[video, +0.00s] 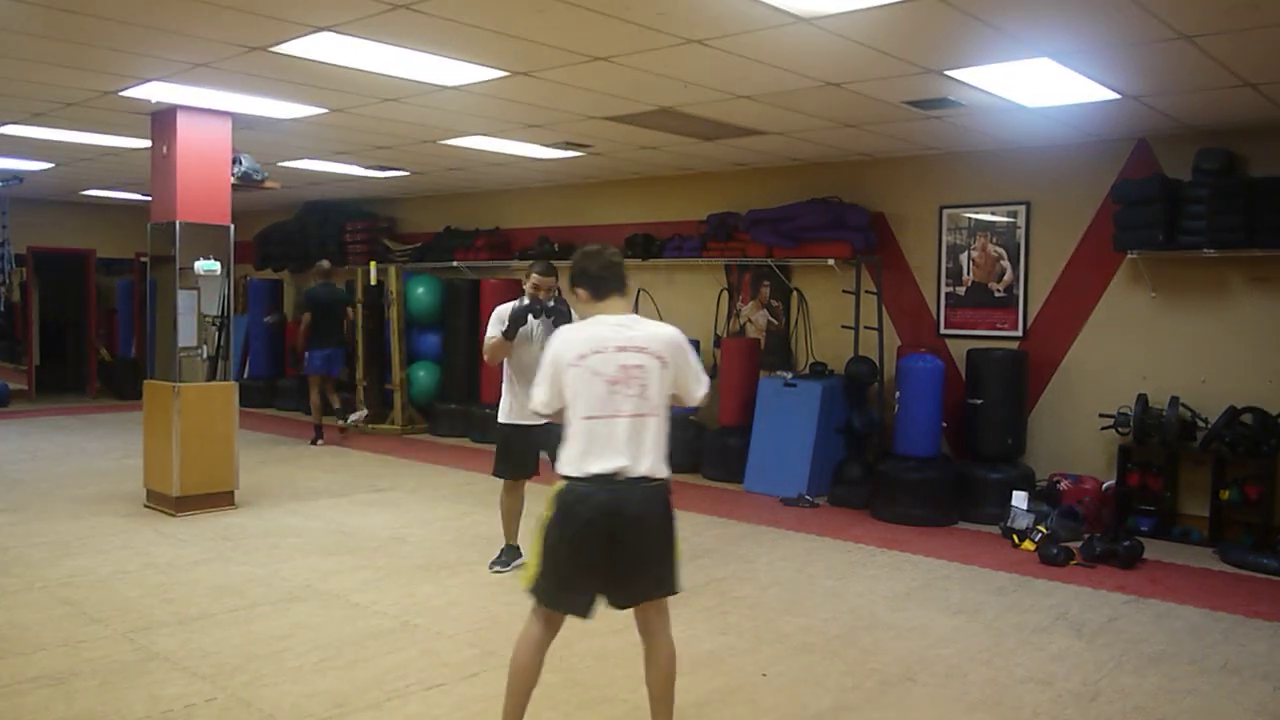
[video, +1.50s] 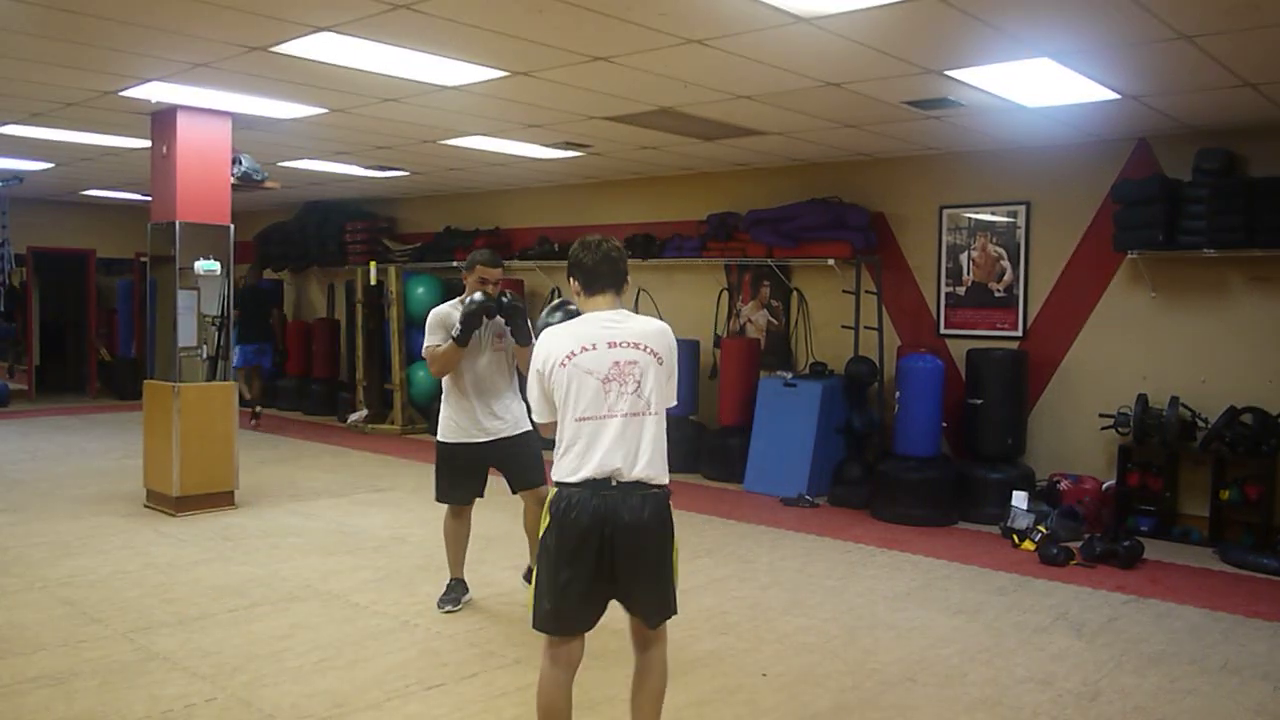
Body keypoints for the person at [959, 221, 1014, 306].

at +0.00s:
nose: (983, 241)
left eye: (985, 237)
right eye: (979, 237)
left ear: (990, 237)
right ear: (975, 237)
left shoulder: (998, 252)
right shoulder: (971, 253)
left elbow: (1009, 272)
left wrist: (1000, 286)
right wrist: (966, 279)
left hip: (992, 288)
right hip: (975, 287)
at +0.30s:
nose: (983, 241)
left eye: (985, 237)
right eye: (979, 237)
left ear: (990, 237)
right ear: (975, 237)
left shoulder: (998, 252)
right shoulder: (971, 253)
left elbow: (1009, 272)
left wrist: (1000, 286)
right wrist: (966, 279)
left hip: (992, 288)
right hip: (975, 287)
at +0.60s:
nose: (983, 241)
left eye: (985, 237)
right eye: (979, 237)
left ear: (990, 237)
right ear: (975, 237)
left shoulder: (998, 252)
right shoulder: (971, 253)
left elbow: (1009, 272)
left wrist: (1000, 286)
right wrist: (966, 279)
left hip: (992, 288)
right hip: (975, 287)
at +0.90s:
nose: (983, 241)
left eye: (985, 237)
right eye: (979, 237)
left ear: (990, 237)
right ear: (975, 237)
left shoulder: (998, 252)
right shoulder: (971, 253)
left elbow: (1009, 272)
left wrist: (1000, 286)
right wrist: (966, 279)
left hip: (992, 288)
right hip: (975, 287)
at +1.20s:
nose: (983, 241)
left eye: (985, 237)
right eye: (979, 237)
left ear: (990, 237)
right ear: (975, 237)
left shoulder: (998, 252)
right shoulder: (971, 253)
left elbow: (1009, 272)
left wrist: (1000, 286)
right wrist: (966, 279)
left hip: (992, 288)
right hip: (975, 287)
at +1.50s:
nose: (983, 241)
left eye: (985, 237)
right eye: (979, 237)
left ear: (990, 237)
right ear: (975, 237)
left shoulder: (998, 252)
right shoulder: (971, 253)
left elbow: (1009, 272)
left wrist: (1000, 286)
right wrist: (966, 279)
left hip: (992, 288)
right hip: (975, 287)